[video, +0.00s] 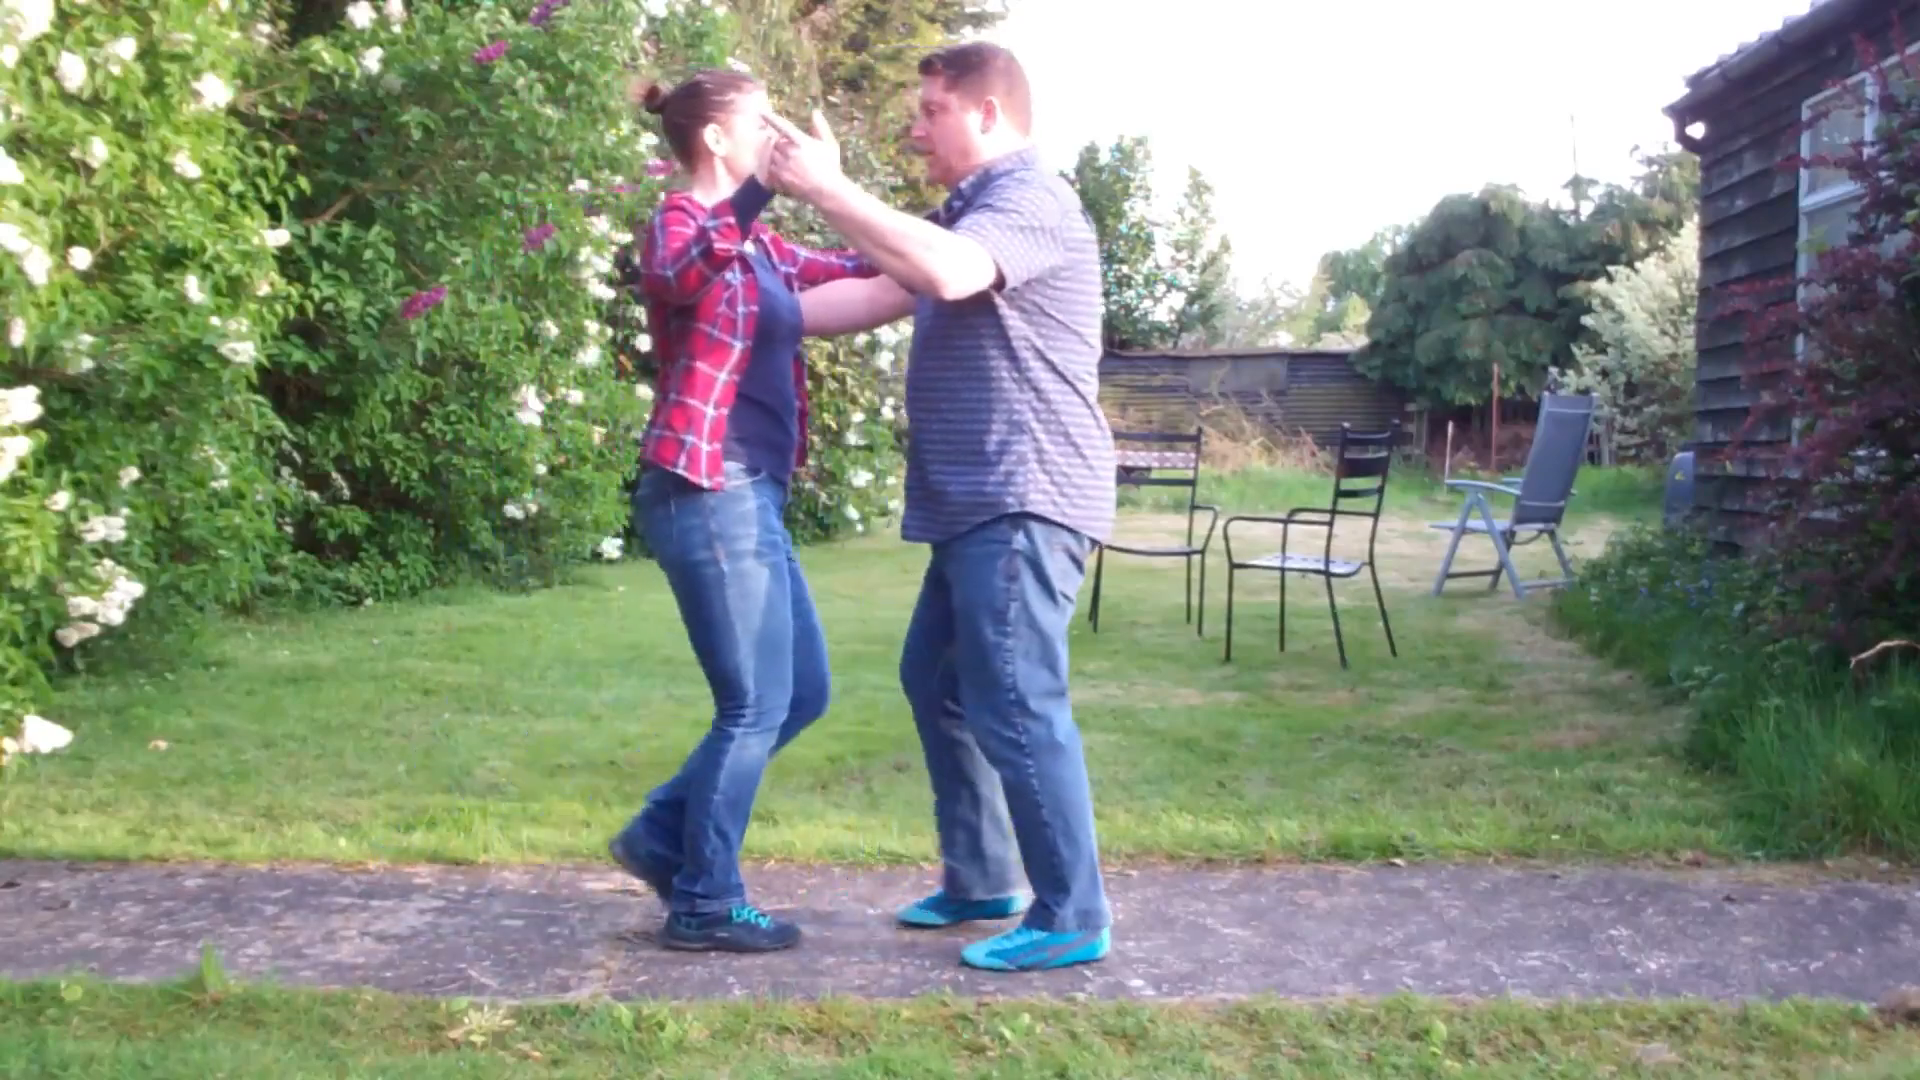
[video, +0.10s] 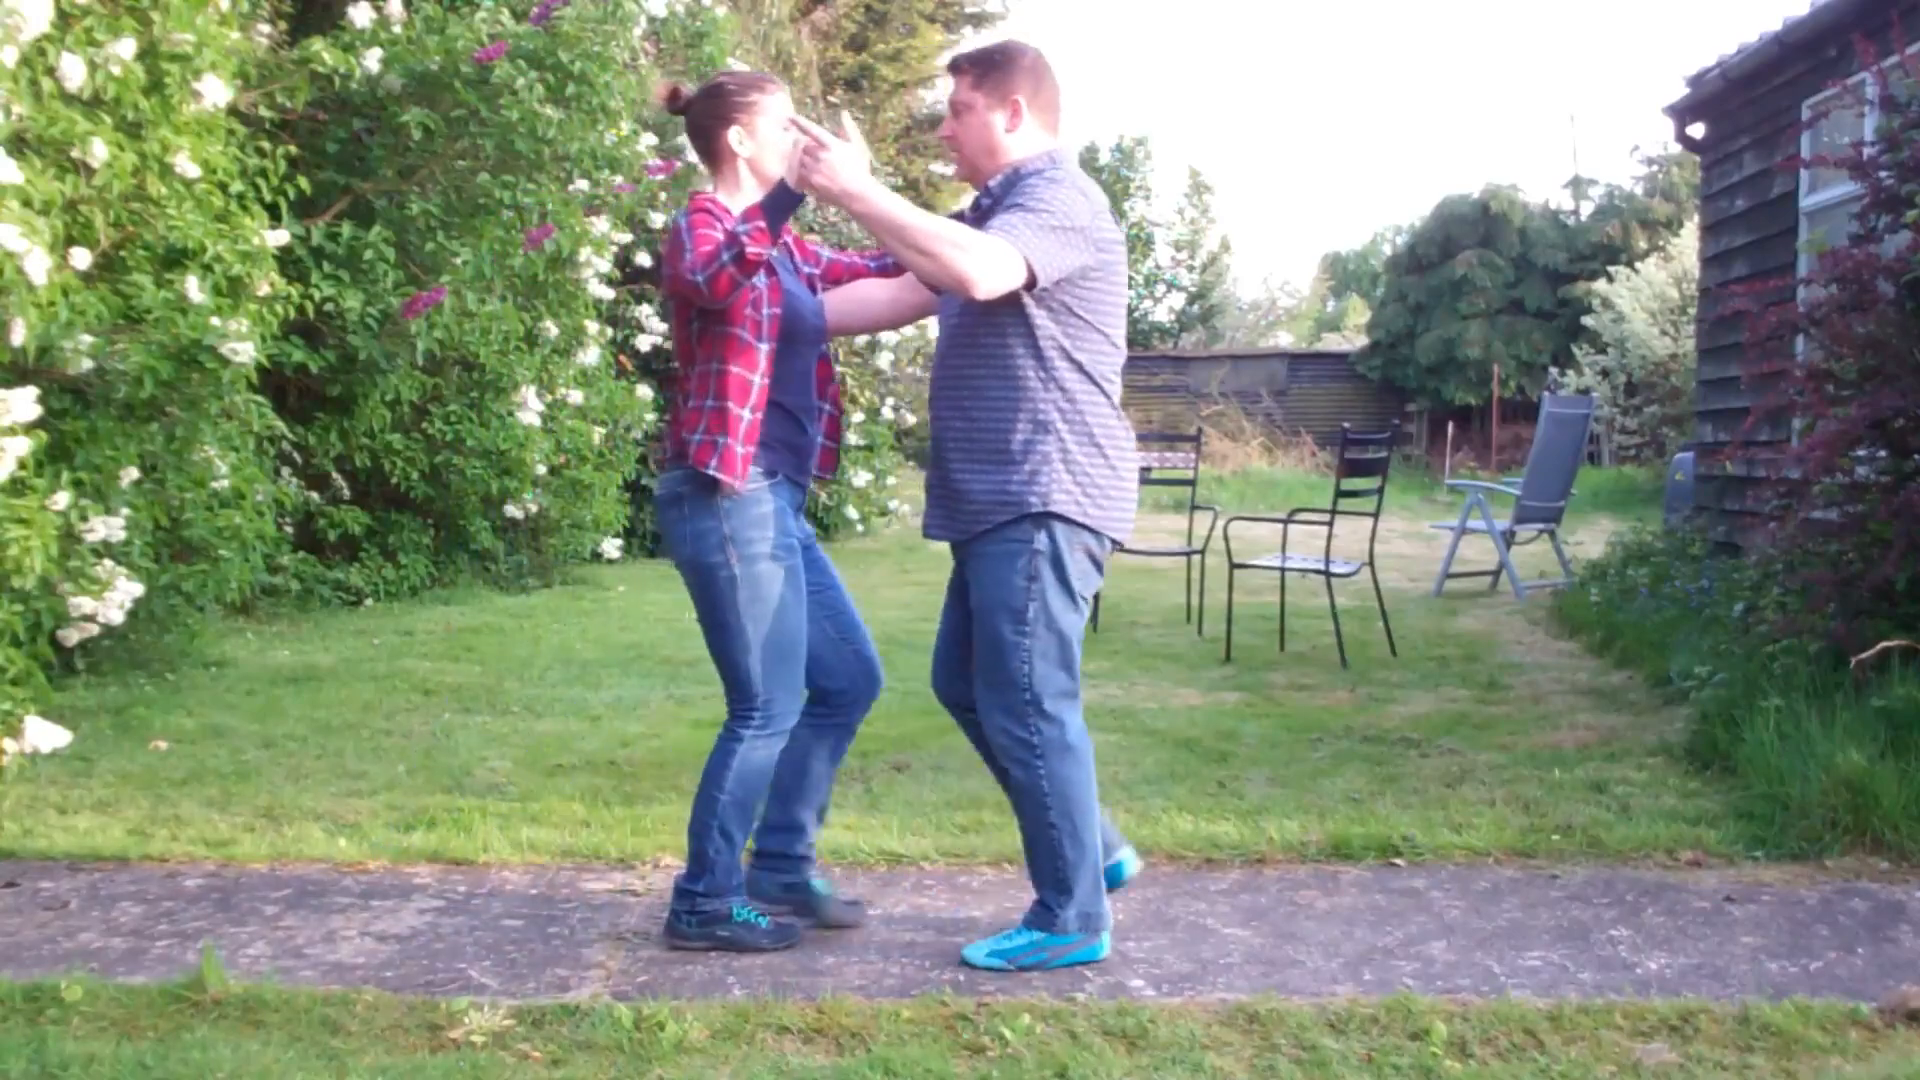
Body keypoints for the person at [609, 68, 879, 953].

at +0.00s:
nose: (778, 141)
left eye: (776, 125)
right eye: (763, 124)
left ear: (724, 140)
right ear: (715, 137)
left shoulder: (761, 242)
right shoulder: (677, 221)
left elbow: (859, 265)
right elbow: (675, 279)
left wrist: (943, 240)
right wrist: (760, 189)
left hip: (754, 486)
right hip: (702, 486)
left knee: (803, 690)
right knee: (752, 703)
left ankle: (659, 836)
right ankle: (704, 905)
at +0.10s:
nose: (801, 140)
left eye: (800, 125)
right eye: (786, 124)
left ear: (749, 141)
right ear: (737, 136)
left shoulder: (787, 244)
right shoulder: (702, 223)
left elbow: (889, 266)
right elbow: (702, 283)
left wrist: (974, 234)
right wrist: (789, 198)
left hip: (775, 495)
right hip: (722, 493)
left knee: (848, 680)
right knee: (766, 704)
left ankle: (780, 870)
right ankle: (704, 901)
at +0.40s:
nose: (851, 142)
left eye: (850, 126)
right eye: (837, 124)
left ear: (799, 138)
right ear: (786, 133)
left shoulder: (834, 236)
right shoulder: (748, 220)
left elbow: (931, 262)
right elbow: (760, 285)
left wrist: (1019, 230)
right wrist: (837, 198)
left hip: (857, 491)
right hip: (794, 494)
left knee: (905, 686)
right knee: (847, 702)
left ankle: (877, 887)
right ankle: (728, 877)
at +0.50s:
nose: (855, 146)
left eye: (854, 131)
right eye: (842, 129)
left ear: (805, 143)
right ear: (789, 137)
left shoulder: (840, 239)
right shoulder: (754, 222)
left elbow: (942, 264)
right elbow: (765, 290)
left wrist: (1028, 229)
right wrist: (844, 199)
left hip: (867, 492)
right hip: (803, 497)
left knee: (911, 688)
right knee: (874, 705)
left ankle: (876, 886)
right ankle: (737, 861)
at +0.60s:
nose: (852, 150)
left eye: (850, 135)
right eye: (838, 133)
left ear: (800, 146)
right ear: (788, 142)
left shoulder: (838, 243)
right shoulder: (750, 227)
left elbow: (936, 265)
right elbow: (769, 298)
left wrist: (1011, 225)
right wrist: (831, 213)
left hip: (862, 497)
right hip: (798, 501)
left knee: (909, 691)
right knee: (871, 706)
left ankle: (876, 886)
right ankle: (731, 857)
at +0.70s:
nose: (838, 149)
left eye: (838, 134)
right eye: (825, 132)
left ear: (788, 144)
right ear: (774, 140)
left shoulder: (819, 241)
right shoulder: (738, 225)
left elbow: (915, 265)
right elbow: (752, 294)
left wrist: (1002, 236)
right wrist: (818, 206)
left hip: (837, 497)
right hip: (778, 500)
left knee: (893, 684)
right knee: (841, 707)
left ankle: (877, 882)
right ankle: (713, 876)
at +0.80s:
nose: (817, 150)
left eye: (819, 134)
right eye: (805, 132)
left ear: (780, 142)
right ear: (754, 136)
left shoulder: (795, 239)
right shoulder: (717, 221)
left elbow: (892, 271)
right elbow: (727, 292)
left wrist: (972, 241)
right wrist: (782, 210)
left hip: (799, 494)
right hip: (744, 493)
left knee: (875, 671)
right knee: (791, 704)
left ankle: (876, 869)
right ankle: (696, 887)